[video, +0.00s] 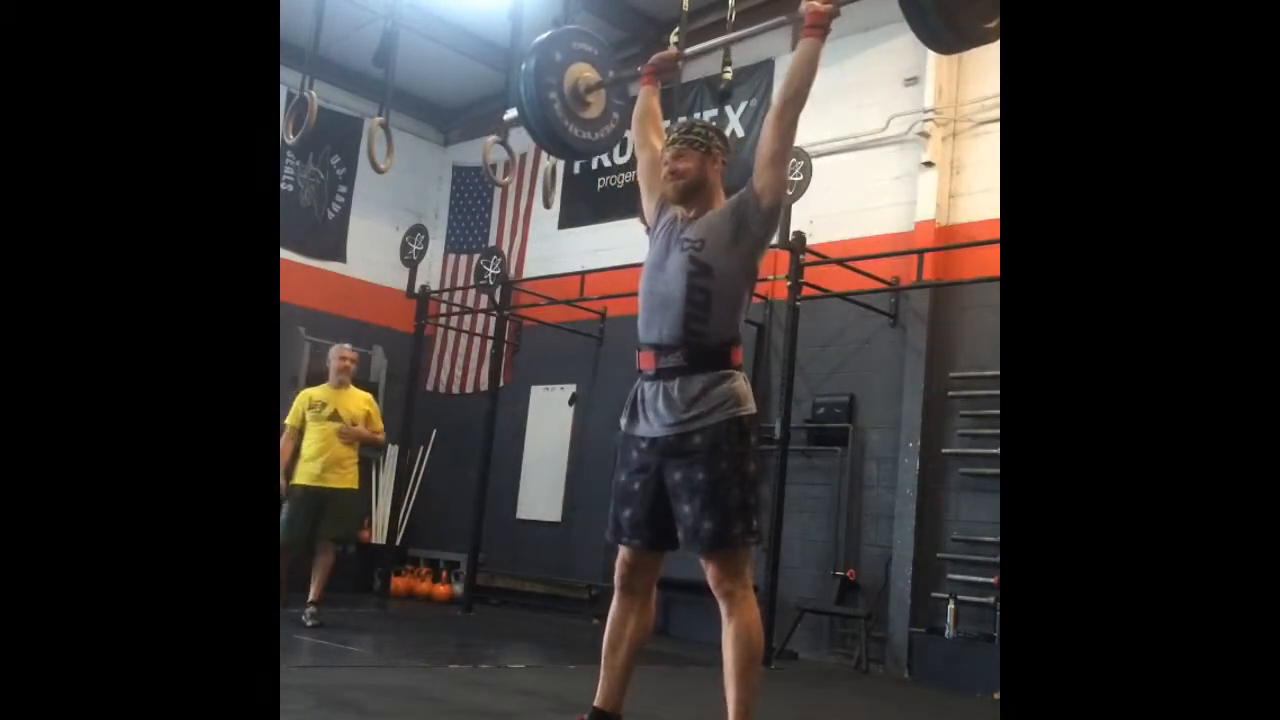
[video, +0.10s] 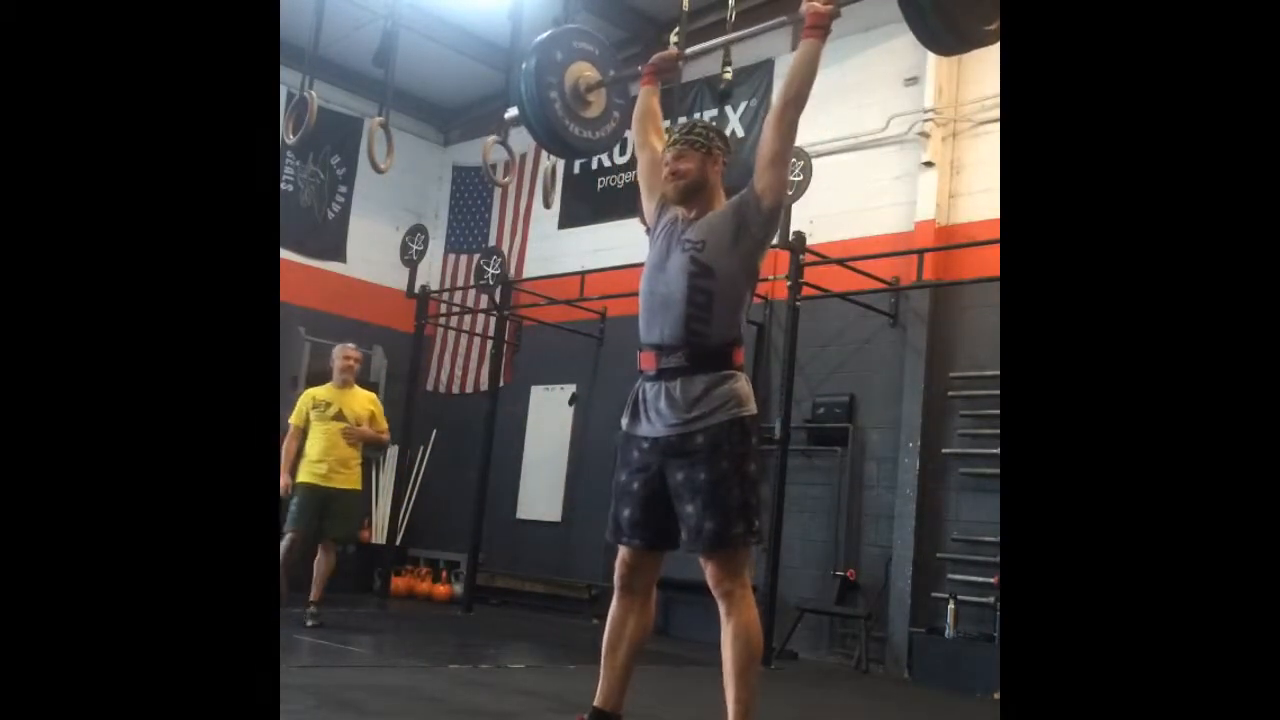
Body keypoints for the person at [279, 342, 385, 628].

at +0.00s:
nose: (347, 364)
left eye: (351, 361)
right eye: (342, 359)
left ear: (356, 367)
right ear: (329, 363)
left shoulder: (366, 401)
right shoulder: (307, 396)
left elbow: (381, 438)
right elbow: (290, 436)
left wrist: (361, 435)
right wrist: (282, 473)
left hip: (342, 488)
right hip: (304, 483)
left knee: (327, 545)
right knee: (286, 542)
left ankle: (312, 604)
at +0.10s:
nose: (350, 364)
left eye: (355, 360)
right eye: (345, 358)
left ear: (360, 366)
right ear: (333, 362)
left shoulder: (370, 401)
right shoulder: (311, 396)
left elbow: (385, 438)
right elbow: (294, 436)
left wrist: (366, 434)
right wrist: (285, 471)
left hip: (346, 486)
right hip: (310, 480)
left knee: (328, 545)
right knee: (292, 539)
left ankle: (313, 605)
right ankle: (281, 594)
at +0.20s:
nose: (353, 363)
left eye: (358, 360)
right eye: (348, 358)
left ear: (363, 366)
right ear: (336, 362)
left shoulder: (373, 400)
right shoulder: (314, 395)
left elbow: (386, 438)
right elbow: (296, 435)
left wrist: (369, 434)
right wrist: (289, 473)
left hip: (350, 485)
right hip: (314, 479)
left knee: (331, 545)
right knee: (304, 539)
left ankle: (313, 604)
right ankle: (286, 601)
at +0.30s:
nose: (355, 363)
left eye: (360, 359)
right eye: (350, 358)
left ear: (365, 366)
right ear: (338, 362)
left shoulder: (374, 401)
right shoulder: (317, 395)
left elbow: (387, 439)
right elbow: (298, 436)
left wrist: (373, 436)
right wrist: (292, 476)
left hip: (354, 485)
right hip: (318, 478)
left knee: (334, 545)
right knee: (311, 539)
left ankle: (312, 603)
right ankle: (301, 603)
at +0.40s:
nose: (358, 363)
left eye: (362, 359)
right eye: (352, 358)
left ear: (367, 366)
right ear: (340, 363)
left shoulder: (375, 401)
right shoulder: (320, 395)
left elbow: (386, 439)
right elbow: (299, 437)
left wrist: (376, 437)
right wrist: (295, 478)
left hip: (357, 484)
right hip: (322, 479)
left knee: (340, 545)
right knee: (319, 540)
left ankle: (314, 597)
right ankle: (315, 602)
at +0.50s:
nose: (360, 363)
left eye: (364, 359)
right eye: (354, 358)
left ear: (369, 365)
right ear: (341, 364)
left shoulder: (376, 401)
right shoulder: (323, 395)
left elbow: (386, 439)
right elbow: (302, 438)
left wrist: (380, 438)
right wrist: (298, 478)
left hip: (359, 485)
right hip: (326, 480)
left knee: (340, 545)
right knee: (327, 541)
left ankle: (313, 603)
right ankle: (324, 605)